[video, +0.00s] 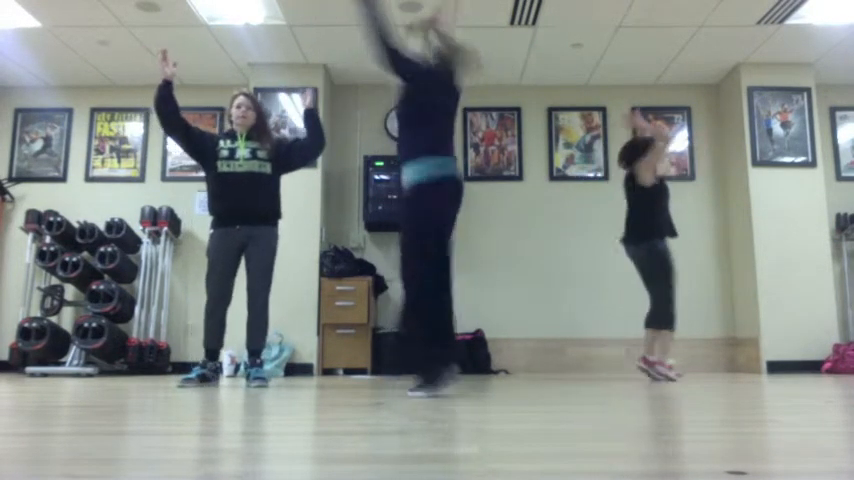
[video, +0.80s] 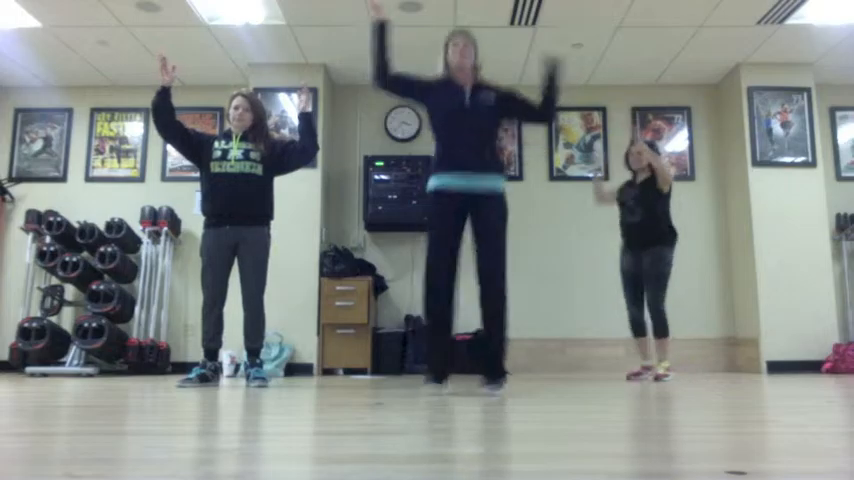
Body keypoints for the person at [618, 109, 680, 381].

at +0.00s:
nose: (662, 152)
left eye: (661, 148)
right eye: (656, 148)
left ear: (637, 152)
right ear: (648, 150)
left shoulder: (649, 172)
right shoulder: (641, 171)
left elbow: (664, 156)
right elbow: (658, 147)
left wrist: (646, 129)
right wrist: (657, 134)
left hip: (641, 240)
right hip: (648, 240)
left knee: (659, 297)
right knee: (664, 297)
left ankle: (649, 356)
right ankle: (660, 360)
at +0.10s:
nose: (664, 165)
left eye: (661, 158)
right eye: (660, 159)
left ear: (632, 160)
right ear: (652, 160)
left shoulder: (627, 182)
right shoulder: (654, 175)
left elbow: (638, 157)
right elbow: (679, 156)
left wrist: (643, 136)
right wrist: (665, 137)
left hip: (634, 247)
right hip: (658, 247)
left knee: (657, 303)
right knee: (670, 303)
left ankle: (650, 360)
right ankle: (661, 363)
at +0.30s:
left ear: (634, 148)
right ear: (662, 148)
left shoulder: (629, 166)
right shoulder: (669, 168)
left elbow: (609, 156)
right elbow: (677, 159)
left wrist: (603, 141)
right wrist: (669, 141)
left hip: (635, 235)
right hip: (666, 233)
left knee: (644, 296)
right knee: (665, 294)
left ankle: (652, 358)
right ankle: (668, 354)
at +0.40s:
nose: (627, 154)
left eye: (631, 150)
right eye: (628, 149)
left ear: (642, 151)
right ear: (659, 152)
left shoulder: (643, 172)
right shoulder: (662, 174)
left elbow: (621, 148)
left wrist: (598, 131)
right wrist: (660, 134)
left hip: (647, 238)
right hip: (665, 236)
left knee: (647, 297)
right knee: (655, 295)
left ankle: (668, 359)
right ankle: (670, 356)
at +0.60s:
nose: (633, 169)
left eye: (637, 163)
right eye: (632, 164)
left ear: (649, 163)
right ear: (648, 164)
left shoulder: (656, 186)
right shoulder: (646, 187)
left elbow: (641, 161)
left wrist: (632, 143)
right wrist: (628, 146)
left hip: (657, 252)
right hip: (647, 252)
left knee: (643, 308)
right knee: (639, 308)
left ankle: (674, 364)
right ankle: (672, 363)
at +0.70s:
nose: (636, 156)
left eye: (641, 152)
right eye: (634, 152)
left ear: (651, 157)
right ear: (630, 159)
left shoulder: (660, 184)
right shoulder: (628, 187)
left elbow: (659, 163)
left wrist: (639, 141)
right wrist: (614, 162)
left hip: (659, 247)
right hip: (634, 249)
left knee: (653, 301)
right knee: (632, 304)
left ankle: (669, 360)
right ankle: (656, 358)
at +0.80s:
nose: (638, 156)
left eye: (642, 152)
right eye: (634, 153)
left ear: (650, 157)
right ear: (628, 159)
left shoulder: (660, 182)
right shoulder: (625, 188)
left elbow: (664, 175)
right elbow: (601, 197)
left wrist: (653, 156)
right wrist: (596, 176)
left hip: (658, 248)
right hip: (631, 249)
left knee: (655, 304)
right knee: (634, 308)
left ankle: (663, 363)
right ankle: (646, 363)